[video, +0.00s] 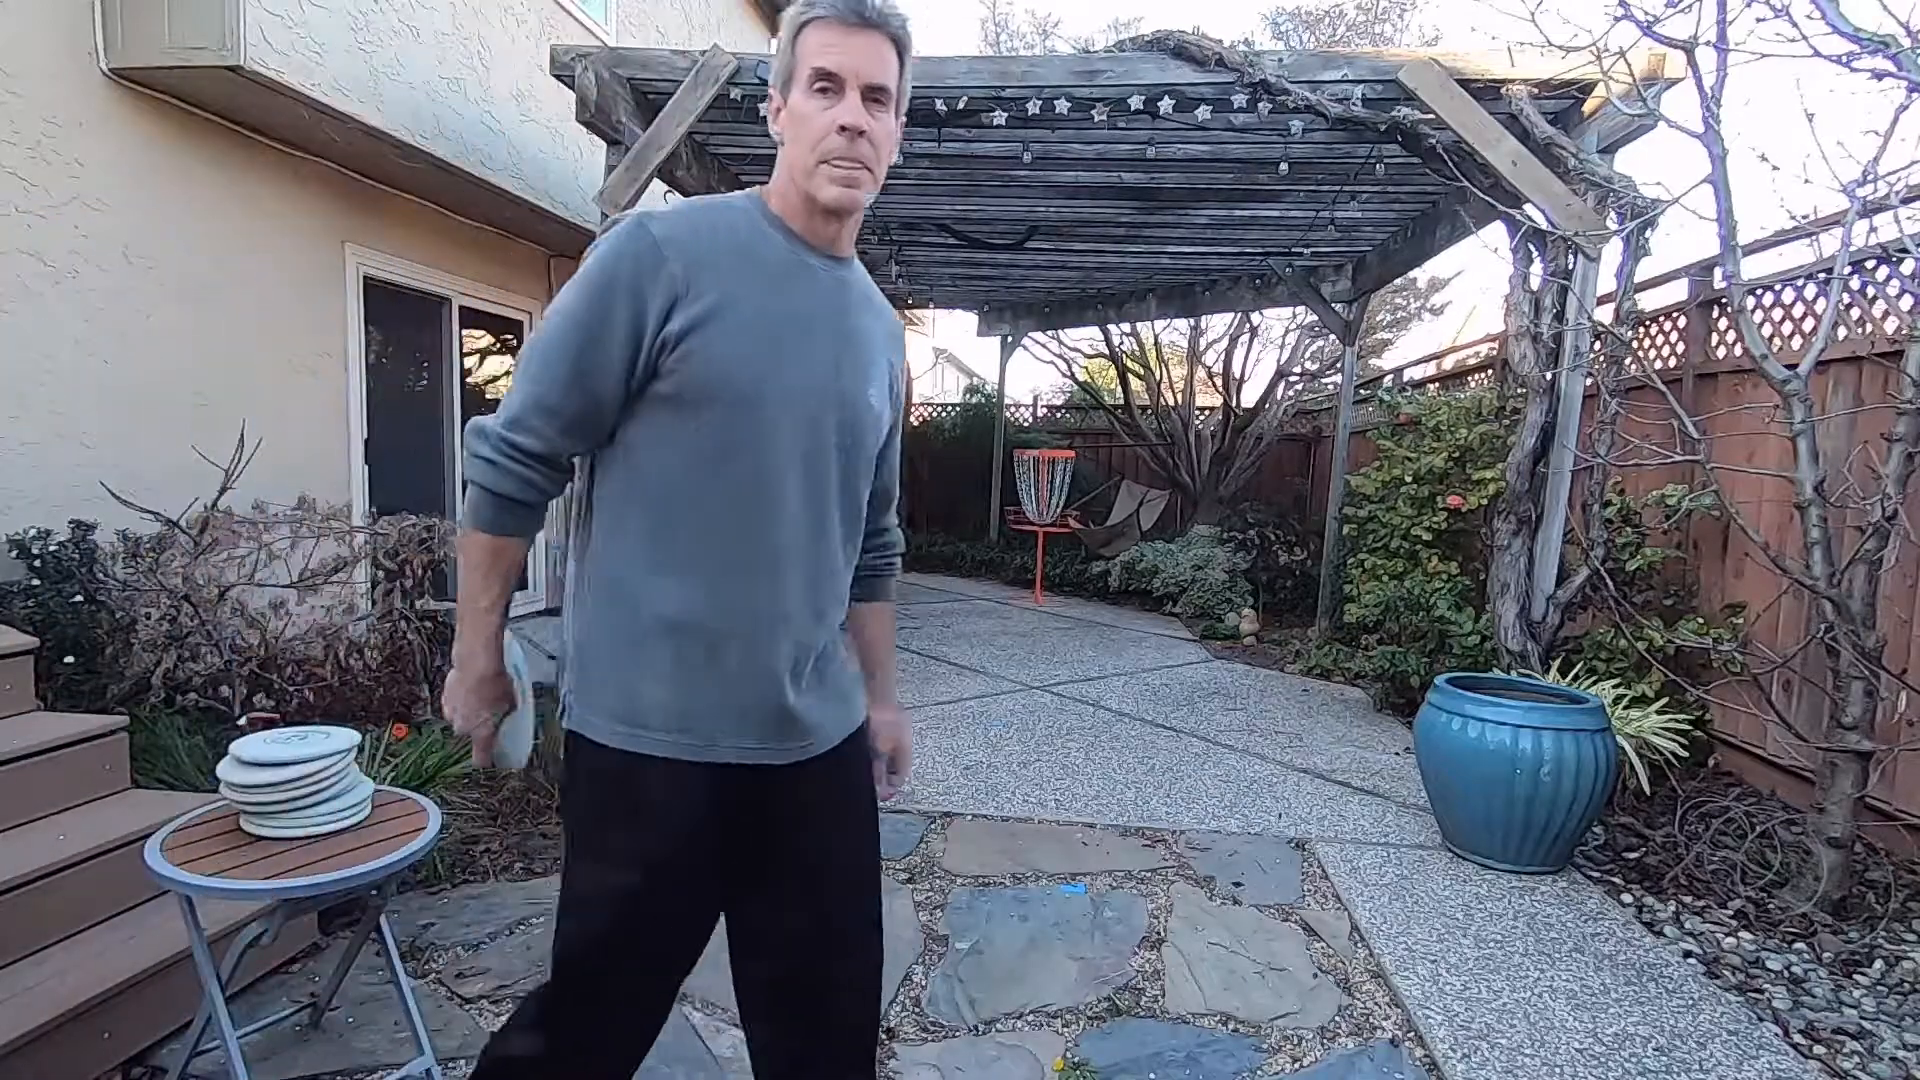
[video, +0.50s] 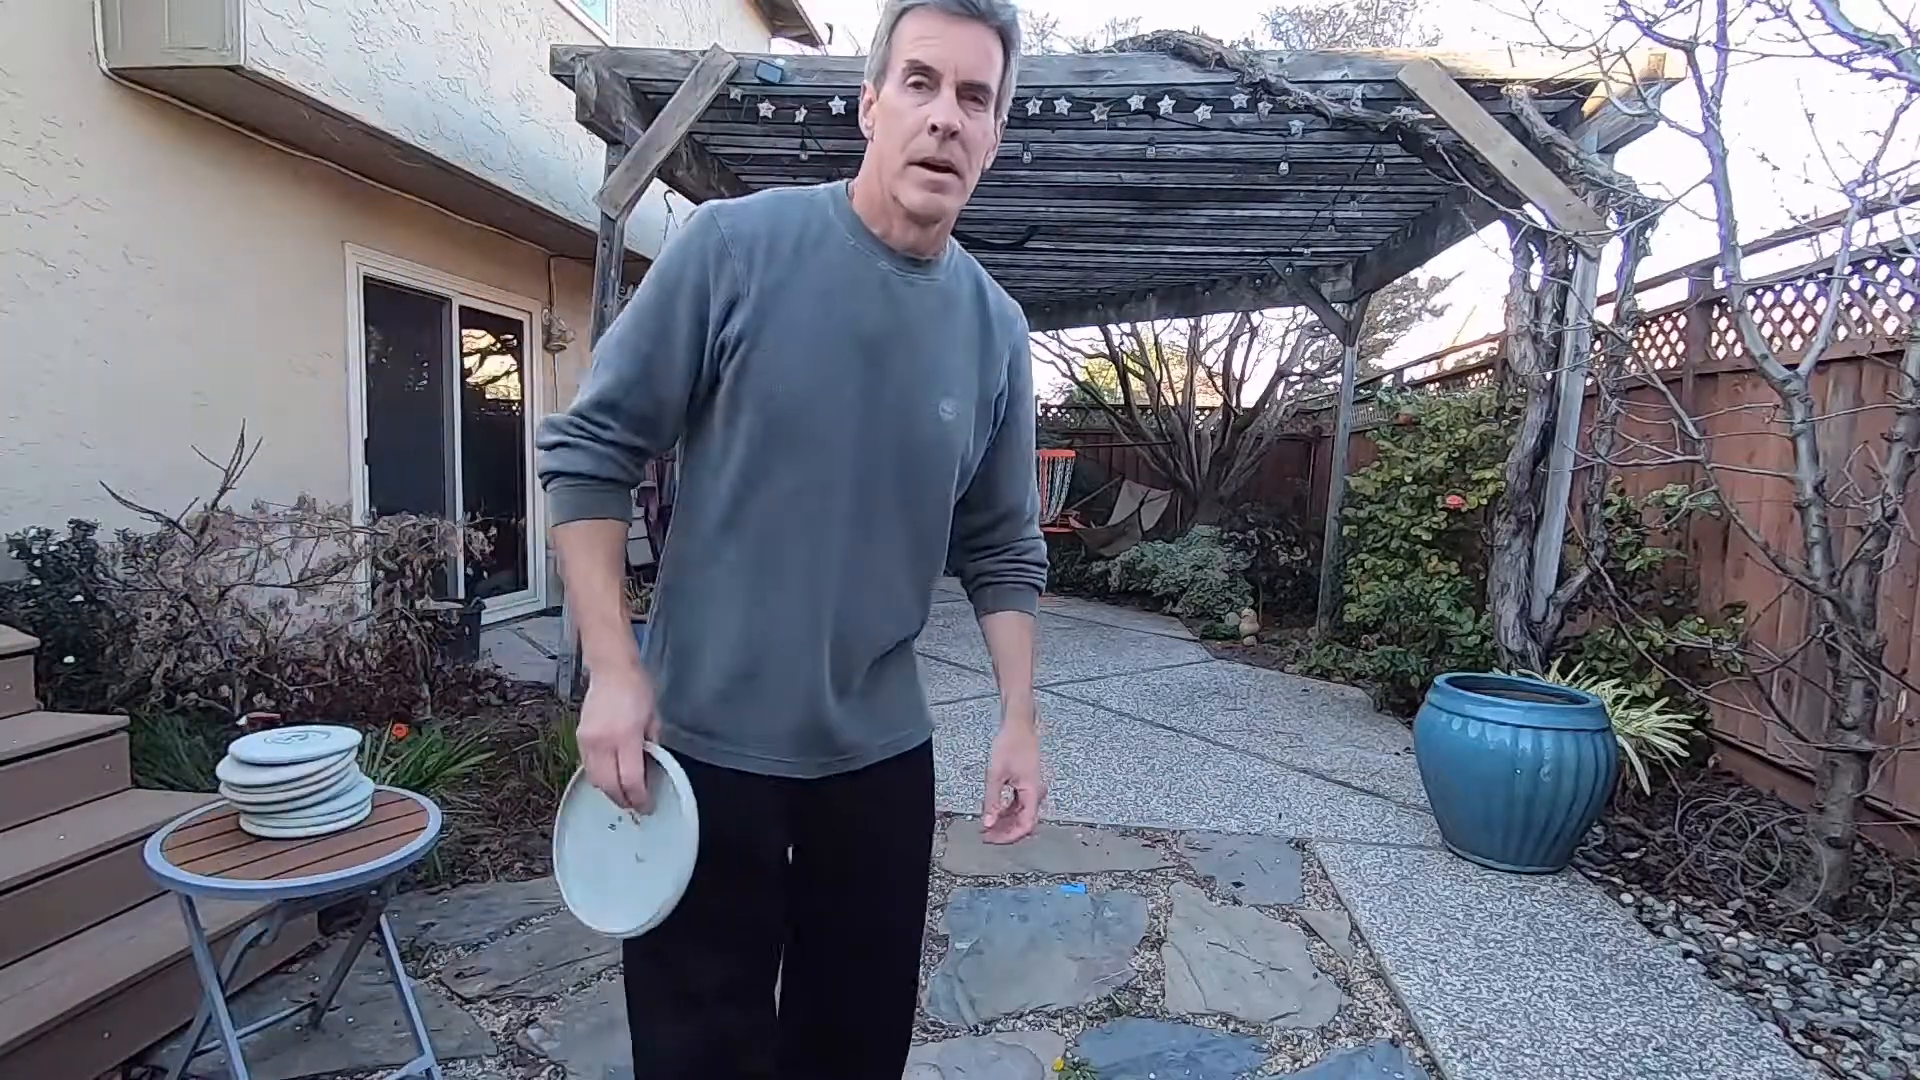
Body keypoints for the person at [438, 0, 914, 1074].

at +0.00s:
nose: (853, 118)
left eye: (878, 98)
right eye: (826, 89)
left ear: (898, 134)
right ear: (777, 112)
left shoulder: (879, 328)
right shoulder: (659, 250)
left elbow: (872, 535)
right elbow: (516, 454)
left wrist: (883, 697)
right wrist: (476, 655)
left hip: (815, 741)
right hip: (644, 737)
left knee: (828, 1050)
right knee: (590, 1034)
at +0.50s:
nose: (947, 118)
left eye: (976, 97)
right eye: (921, 83)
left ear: (997, 135)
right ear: (869, 102)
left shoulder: (993, 327)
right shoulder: (732, 246)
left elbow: (1003, 543)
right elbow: (591, 450)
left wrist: (1020, 717)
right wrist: (611, 668)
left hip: (881, 747)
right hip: (706, 741)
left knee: (858, 1049)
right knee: (700, 1050)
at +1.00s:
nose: (927, 244)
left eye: (959, 205)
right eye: (891, 194)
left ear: (988, 209)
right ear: (826, 187)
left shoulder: (998, 354)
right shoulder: (699, 333)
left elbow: (1008, 571)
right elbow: (579, 591)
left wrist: (940, 739)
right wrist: (677, 796)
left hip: (863, 752)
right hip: (682, 765)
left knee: (931, 1038)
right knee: (681, 1053)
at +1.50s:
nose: (997, 464)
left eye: (1034, 424)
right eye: (969, 407)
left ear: (1061, 426)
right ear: (901, 391)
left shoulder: (1054, 517)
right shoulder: (765, 495)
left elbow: (1058, 697)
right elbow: (613, 708)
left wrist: (962, 813)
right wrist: (687, 876)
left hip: (886, 772)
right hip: (714, 786)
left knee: (938, 1033)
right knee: (693, 1043)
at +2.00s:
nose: (1001, 430)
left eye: (1036, 394)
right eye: (970, 380)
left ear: (1065, 410)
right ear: (909, 380)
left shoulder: (1064, 515)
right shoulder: (783, 497)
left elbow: (1066, 699)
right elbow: (634, 708)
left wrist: (970, 815)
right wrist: (696, 877)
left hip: (891, 772)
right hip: (724, 785)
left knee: (943, 1024)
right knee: (696, 1033)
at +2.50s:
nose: (1010, 436)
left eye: (1046, 399)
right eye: (978, 386)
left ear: (1075, 414)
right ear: (919, 383)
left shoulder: (1075, 521)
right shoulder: (793, 506)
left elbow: (1080, 706)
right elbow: (643, 712)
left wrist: (986, 824)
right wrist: (708, 883)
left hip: (905, 775)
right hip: (737, 789)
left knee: (952, 1031)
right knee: (704, 1039)